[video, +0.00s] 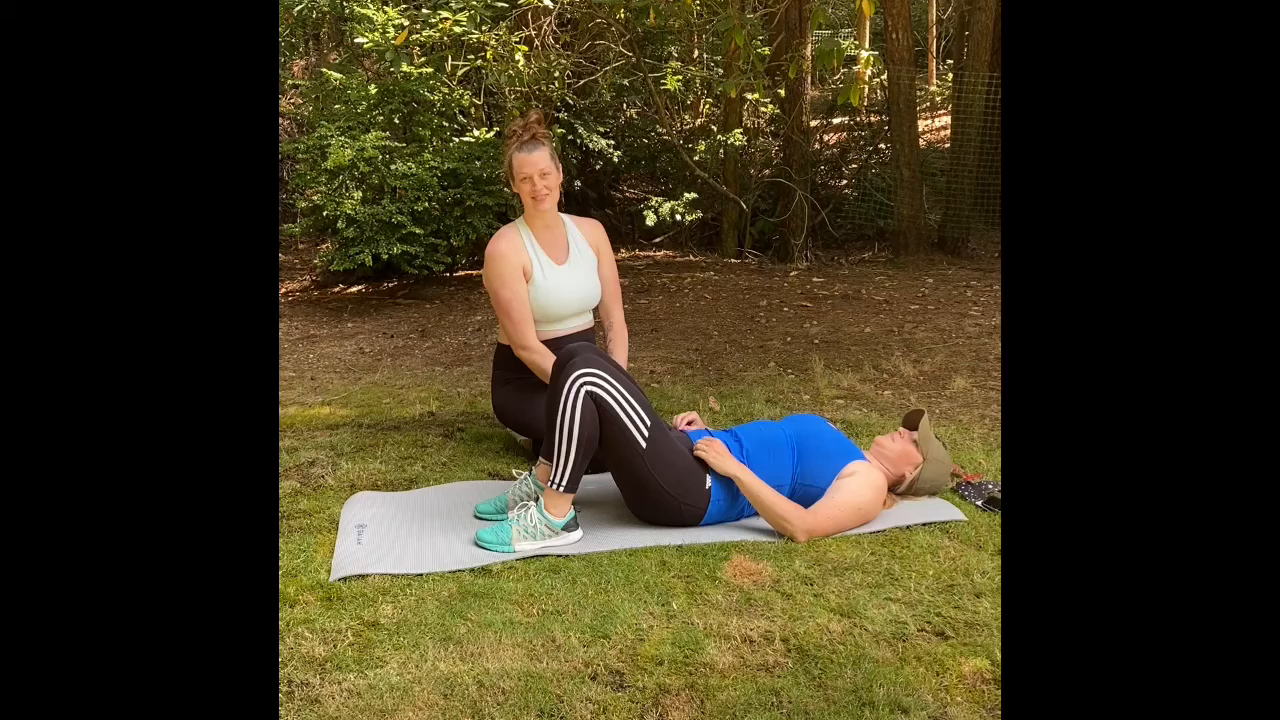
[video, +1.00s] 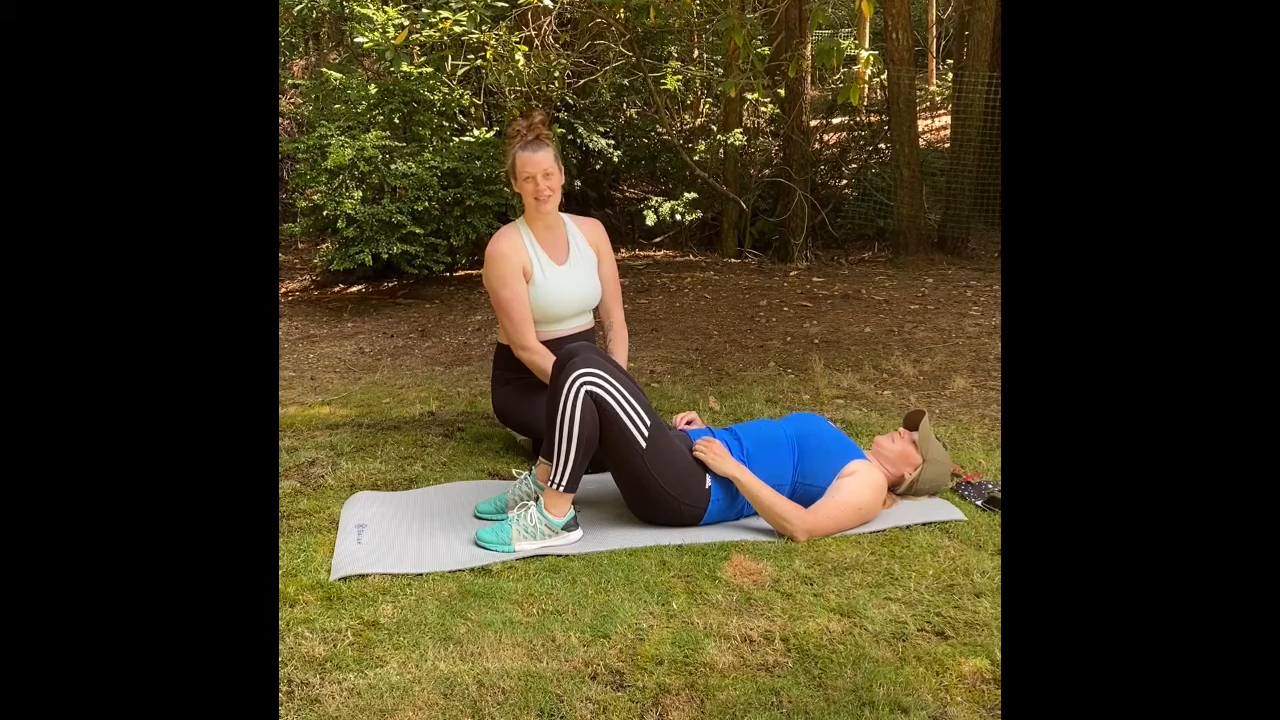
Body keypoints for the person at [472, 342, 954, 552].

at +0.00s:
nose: (897, 433)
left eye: (908, 439)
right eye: (906, 431)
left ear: (907, 470)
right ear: (895, 445)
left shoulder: (867, 483)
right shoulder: (843, 453)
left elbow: (806, 526)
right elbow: (760, 468)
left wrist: (732, 469)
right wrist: (705, 431)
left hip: (693, 490)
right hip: (681, 466)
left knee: (590, 373)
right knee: (579, 355)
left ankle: (554, 512)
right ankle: (543, 485)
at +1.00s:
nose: (896, 433)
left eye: (907, 440)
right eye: (905, 431)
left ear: (907, 472)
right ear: (895, 446)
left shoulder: (867, 484)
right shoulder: (843, 452)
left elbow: (804, 526)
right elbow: (761, 468)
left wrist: (731, 468)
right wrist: (705, 430)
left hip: (693, 488)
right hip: (682, 463)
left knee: (588, 371)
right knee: (579, 357)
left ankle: (554, 511)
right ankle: (543, 484)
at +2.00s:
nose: (897, 433)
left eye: (908, 440)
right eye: (906, 431)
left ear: (907, 471)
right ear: (896, 446)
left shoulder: (867, 483)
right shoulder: (843, 452)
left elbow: (805, 527)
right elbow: (761, 469)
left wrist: (731, 468)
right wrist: (705, 431)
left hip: (693, 489)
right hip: (682, 464)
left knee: (589, 371)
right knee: (580, 356)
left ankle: (554, 511)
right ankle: (542, 485)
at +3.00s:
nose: (897, 433)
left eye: (908, 440)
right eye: (906, 431)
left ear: (907, 471)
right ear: (895, 446)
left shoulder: (867, 483)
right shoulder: (843, 453)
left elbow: (805, 527)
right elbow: (760, 470)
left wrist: (732, 468)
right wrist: (705, 431)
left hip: (693, 490)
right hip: (682, 466)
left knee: (589, 373)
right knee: (580, 357)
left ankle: (554, 511)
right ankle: (542, 485)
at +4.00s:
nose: (897, 433)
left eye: (908, 440)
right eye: (905, 430)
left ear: (908, 471)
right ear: (895, 444)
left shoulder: (870, 483)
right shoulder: (842, 452)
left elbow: (808, 525)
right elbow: (758, 463)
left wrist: (766, 440)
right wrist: (728, 411)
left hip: (694, 484)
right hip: (680, 459)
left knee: (589, 373)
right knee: (578, 358)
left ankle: (555, 511)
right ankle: (542, 485)